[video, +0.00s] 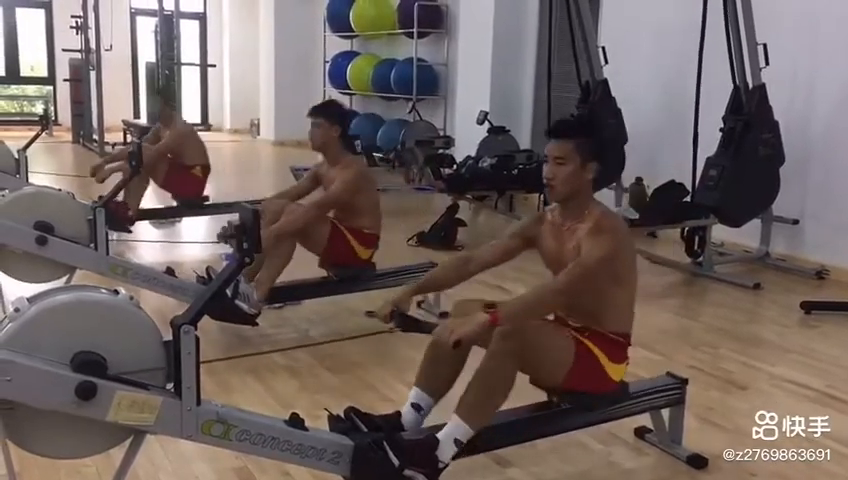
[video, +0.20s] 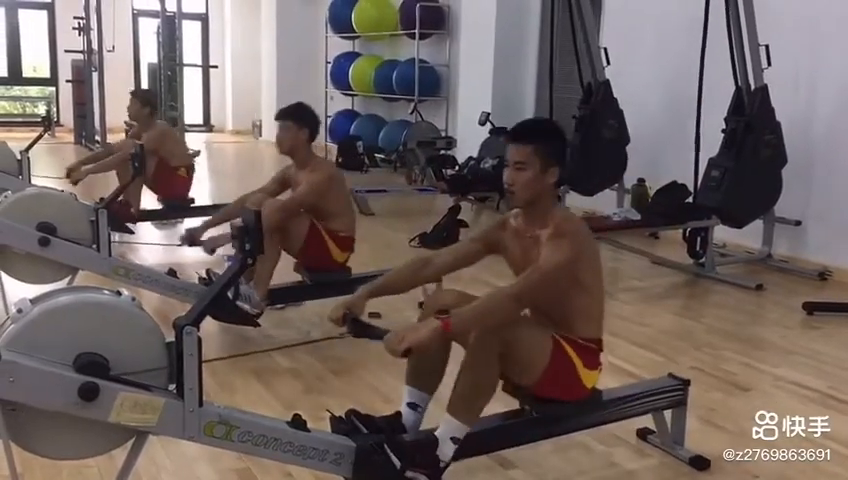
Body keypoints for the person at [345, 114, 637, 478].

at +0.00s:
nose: (547, 172)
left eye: (560, 163)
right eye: (546, 161)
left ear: (590, 170)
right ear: (544, 163)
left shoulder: (607, 231)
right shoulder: (542, 222)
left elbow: (557, 292)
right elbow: (472, 261)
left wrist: (485, 322)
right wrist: (411, 292)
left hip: (601, 356)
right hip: (560, 336)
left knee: (510, 335)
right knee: (465, 313)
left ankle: (439, 452)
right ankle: (407, 423)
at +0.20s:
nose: (507, 178)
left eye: (521, 168)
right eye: (506, 167)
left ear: (552, 175)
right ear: (504, 167)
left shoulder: (569, 238)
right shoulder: (505, 228)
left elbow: (516, 298)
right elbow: (432, 264)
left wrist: (439, 328)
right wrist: (364, 294)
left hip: (574, 365)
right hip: (533, 342)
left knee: (492, 332)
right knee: (441, 303)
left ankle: (438, 452)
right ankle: (406, 426)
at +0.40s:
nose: (460, 185)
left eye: (473, 175)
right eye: (459, 173)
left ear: (505, 182)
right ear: (456, 174)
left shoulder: (524, 241)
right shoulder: (462, 235)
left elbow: (467, 303)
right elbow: (384, 270)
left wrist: (378, 335)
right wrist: (311, 299)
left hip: (543, 381)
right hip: (497, 370)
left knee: (464, 318)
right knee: (417, 297)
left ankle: (438, 453)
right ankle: (407, 422)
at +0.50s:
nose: (429, 190)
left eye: (441, 181)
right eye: (427, 179)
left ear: (474, 188)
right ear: (425, 182)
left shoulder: (490, 248)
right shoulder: (428, 240)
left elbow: (424, 311)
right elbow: (352, 276)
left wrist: (335, 343)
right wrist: (276, 304)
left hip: (527, 384)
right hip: (479, 374)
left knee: (448, 319)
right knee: (402, 293)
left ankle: (440, 447)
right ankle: (407, 419)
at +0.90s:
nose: (452, 187)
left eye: (465, 177)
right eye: (451, 176)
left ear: (497, 187)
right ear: (449, 179)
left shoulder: (513, 246)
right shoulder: (453, 236)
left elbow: (456, 308)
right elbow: (377, 275)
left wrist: (367, 330)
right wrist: (310, 293)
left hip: (547, 373)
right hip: (498, 364)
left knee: (468, 319)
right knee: (420, 295)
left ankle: (443, 450)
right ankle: (409, 423)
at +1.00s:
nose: (491, 181)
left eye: (503, 172)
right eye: (491, 170)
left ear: (534, 181)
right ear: (489, 171)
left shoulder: (548, 239)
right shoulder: (491, 227)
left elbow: (493, 303)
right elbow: (423, 270)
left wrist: (409, 327)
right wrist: (356, 291)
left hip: (571, 361)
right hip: (528, 344)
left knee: (487, 324)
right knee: (437, 300)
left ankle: (445, 450)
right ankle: (410, 423)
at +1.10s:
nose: (535, 174)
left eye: (548, 165)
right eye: (535, 164)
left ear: (577, 174)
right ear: (532, 167)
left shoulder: (591, 231)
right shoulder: (530, 221)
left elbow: (539, 297)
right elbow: (461, 264)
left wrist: (470, 315)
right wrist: (400, 281)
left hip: (597, 357)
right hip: (557, 339)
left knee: (511, 332)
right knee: (460, 312)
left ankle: (444, 450)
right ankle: (411, 422)